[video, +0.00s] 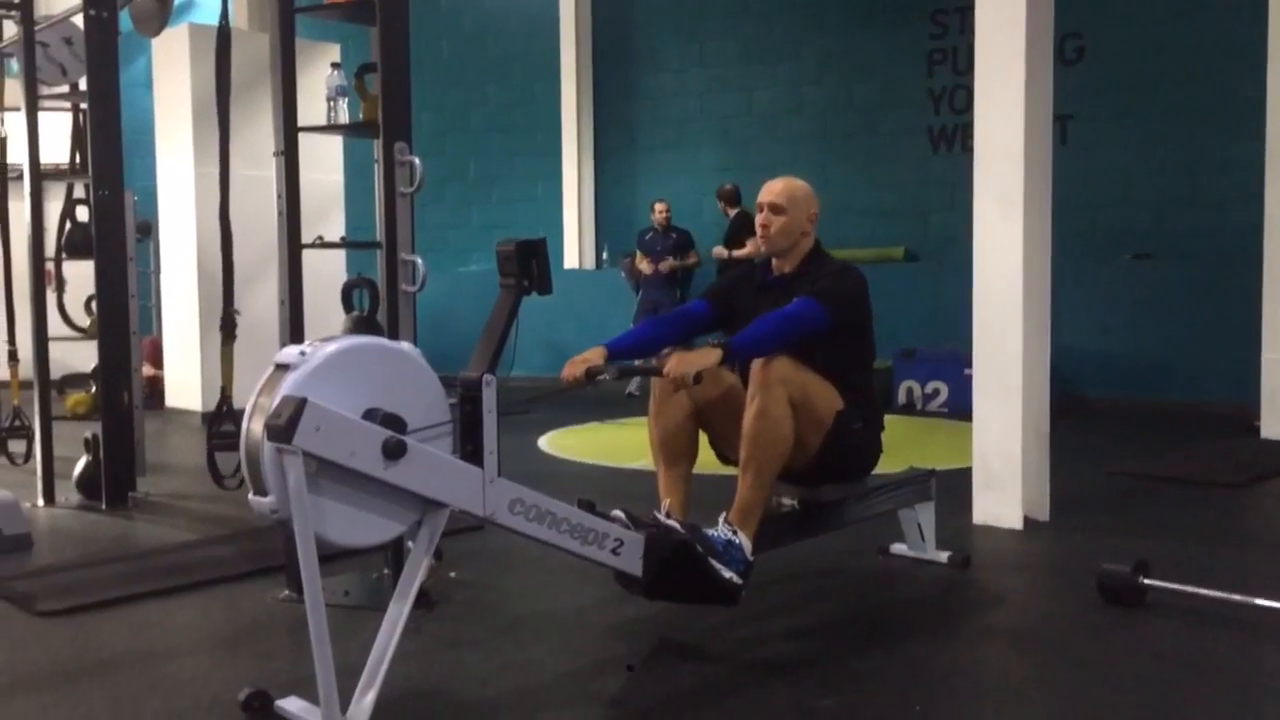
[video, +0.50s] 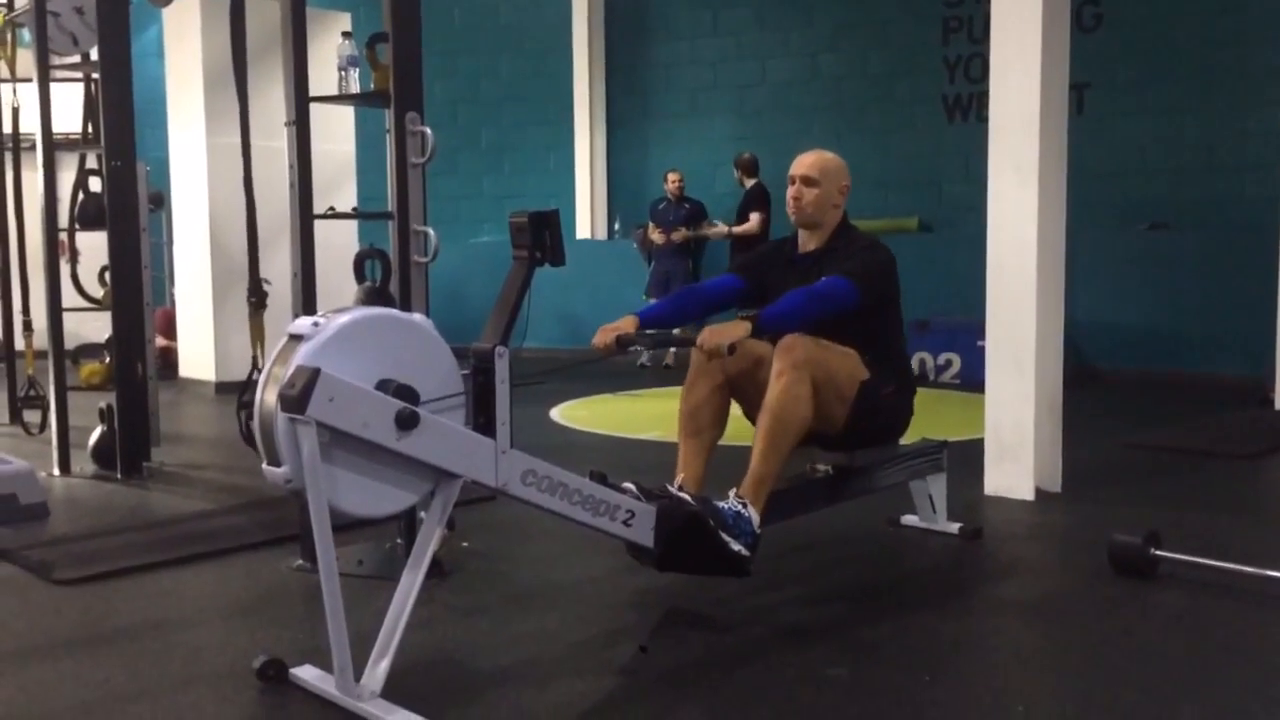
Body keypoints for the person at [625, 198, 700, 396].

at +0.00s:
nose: (664, 215)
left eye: (667, 212)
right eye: (660, 212)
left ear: (671, 213)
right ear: (653, 215)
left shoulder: (682, 235)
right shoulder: (644, 236)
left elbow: (694, 259)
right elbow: (639, 259)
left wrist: (675, 264)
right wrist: (643, 265)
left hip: (671, 293)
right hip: (648, 293)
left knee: (671, 336)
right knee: (640, 334)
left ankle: (671, 381)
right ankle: (638, 377)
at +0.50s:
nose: (678, 185)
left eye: (680, 181)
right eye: (673, 182)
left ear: (684, 183)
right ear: (666, 185)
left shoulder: (695, 206)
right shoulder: (656, 206)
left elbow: (705, 231)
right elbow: (651, 229)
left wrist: (688, 234)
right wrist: (654, 236)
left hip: (683, 263)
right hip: (660, 263)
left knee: (679, 308)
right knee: (654, 306)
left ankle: (673, 351)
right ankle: (648, 350)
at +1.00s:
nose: (674, 171)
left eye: (676, 167)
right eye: (670, 168)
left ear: (680, 169)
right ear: (662, 171)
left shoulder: (691, 192)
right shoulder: (652, 192)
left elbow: (700, 216)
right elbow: (647, 217)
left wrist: (682, 220)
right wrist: (651, 222)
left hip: (678, 248)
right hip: (657, 247)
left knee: (675, 291)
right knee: (650, 291)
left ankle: (670, 336)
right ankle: (646, 336)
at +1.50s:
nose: (669, 165)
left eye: (672, 161)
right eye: (665, 161)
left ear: (676, 163)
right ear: (658, 164)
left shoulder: (688, 186)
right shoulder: (649, 186)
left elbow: (699, 210)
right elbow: (643, 210)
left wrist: (681, 215)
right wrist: (647, 216)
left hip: (675, 242)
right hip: (653, 242)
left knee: (672, 285)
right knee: (647, 285)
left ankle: (666, 331)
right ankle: (642, 329)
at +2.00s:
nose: (669, 168)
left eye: (672, 165)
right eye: (665, 165)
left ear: (676, 168)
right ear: (658, 168)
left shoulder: (688, 190)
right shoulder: (649, 190)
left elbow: (700, 214)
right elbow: (644, 213)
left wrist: (682, 219)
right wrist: (647, 220)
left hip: (676, 247)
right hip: (653, 247)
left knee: (673, 290)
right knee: (647, 287)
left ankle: (670, 335)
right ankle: (644, 333)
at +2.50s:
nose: (667, 175)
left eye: (670, 172)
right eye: (663, 172)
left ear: (676, 174)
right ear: (658, 174)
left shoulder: (687, 196)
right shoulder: (649, 195)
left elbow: (700, 220)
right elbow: (644, 219)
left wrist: (682, 225)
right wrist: (646, 226)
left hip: (675, 253)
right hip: (653, 252)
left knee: (672, 296)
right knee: (647, 295)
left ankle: (666, 342)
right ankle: (642, 339)